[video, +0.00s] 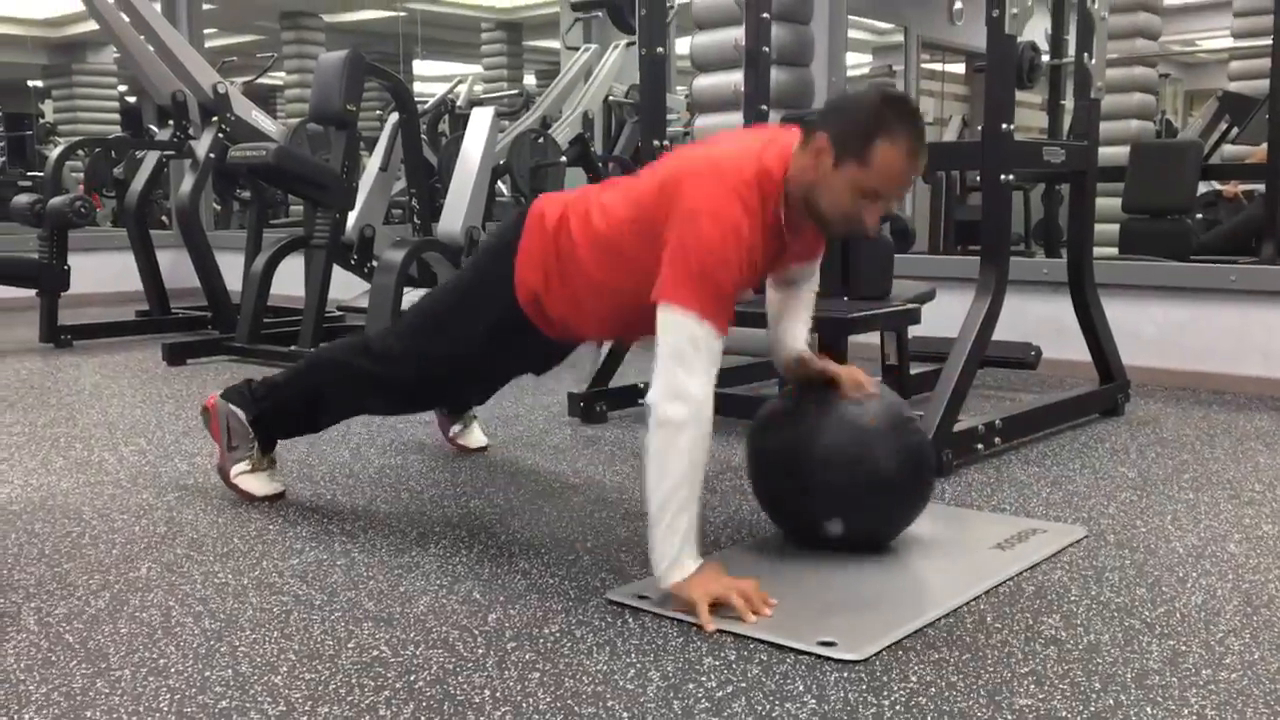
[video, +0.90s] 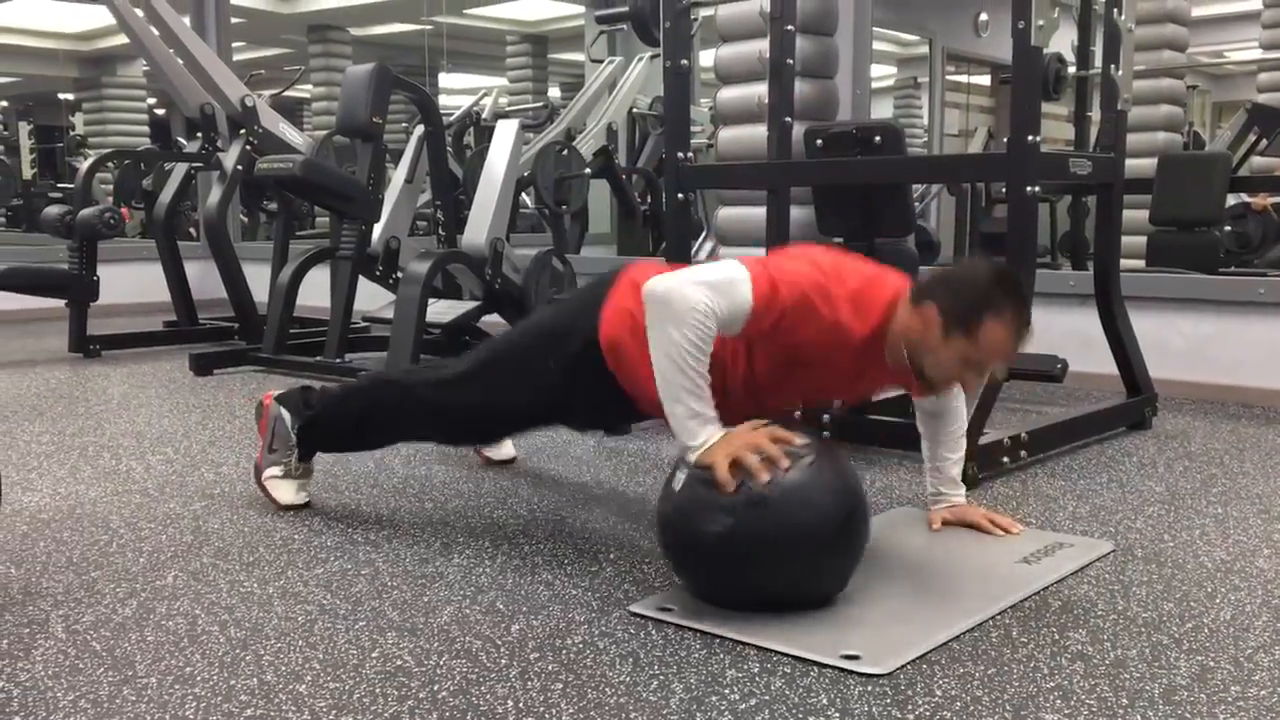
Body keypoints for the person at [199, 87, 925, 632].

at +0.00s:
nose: (873, 219)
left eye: (887, 204)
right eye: (870, 198)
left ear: (851, 165)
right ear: (818, 152)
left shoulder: (814, 189)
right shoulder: (724, 201)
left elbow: (797, 272)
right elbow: (680, 395)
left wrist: (798, 354)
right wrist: (679, 567)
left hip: (588, 294)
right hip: (535, 261)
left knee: (502, 362)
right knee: (402, 364)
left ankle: (450, 400)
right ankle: (245, 412)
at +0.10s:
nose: (881, 188)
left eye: (895, 174)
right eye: (876, 167)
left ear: (858, 137)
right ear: (827, 125)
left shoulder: (825, 148)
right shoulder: (730, 169)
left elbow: (815, 231)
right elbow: (649, 314)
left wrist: (798, 282)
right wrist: (733, 465)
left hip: (604, 285)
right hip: (552, 256)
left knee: (508, 359)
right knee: (414, 361)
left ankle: (444, 405)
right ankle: (255, 415)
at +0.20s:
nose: (896, 215)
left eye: (912, 202)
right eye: (894, 193)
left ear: (892, 174)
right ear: (848, 150)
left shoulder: (855, 193)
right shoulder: (750, 171)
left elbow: (867, 290)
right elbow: (605, 257)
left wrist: (870, 366)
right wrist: (717, 367)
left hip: (623, 311)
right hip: (559, 281)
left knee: (525, 374)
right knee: (420, 368)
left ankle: (451, 409)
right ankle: (263, 418)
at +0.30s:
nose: (931, 299)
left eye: (945, 286)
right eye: (927, 278)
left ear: (924, 256)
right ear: (879, 234)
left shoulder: (893, 270)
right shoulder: (782, 227)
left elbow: (925, 360)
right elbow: (620, 275)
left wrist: (940, 478)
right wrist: (659, 414)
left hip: (625, 352)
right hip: (575, 316)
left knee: (499, 375)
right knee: (432, 388)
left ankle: (449, 415)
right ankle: (267, 417)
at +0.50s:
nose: (967, 511)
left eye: (983, 505)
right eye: (967, 497)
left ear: (955, 448)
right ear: (928, 448)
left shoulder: (939, 401)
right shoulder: (848, 384)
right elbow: (708, 296)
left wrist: (962, 501)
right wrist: (678, 436)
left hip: (686, 402)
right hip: (643, 411)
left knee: (533, 418)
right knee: (469, 457)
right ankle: (294, 416)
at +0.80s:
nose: (976, 470)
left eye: (996, 462)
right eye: (984, 451)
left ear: (964, 408)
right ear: (952, 400)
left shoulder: (921, 379)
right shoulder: (855, 355)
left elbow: (943, 419)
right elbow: (702, 299)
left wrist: (949, 493)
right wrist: (689, 441)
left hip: (663, 399)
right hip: (631, 379)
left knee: (504, 412)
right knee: (472, 431)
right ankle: (298, 419)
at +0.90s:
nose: (975, 384)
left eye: (987, 373)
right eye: (974, 366)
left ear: (951, 330)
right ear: (930, 321)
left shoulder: (925, 329)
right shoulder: (822, 291)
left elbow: (944, 398)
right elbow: (674, 300)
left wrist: (947, 492)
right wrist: (703, 434)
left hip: (654, 388)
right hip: (614, 334)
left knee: (551, 406)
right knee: (459, 398)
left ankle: (484, 419)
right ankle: (295, 417)